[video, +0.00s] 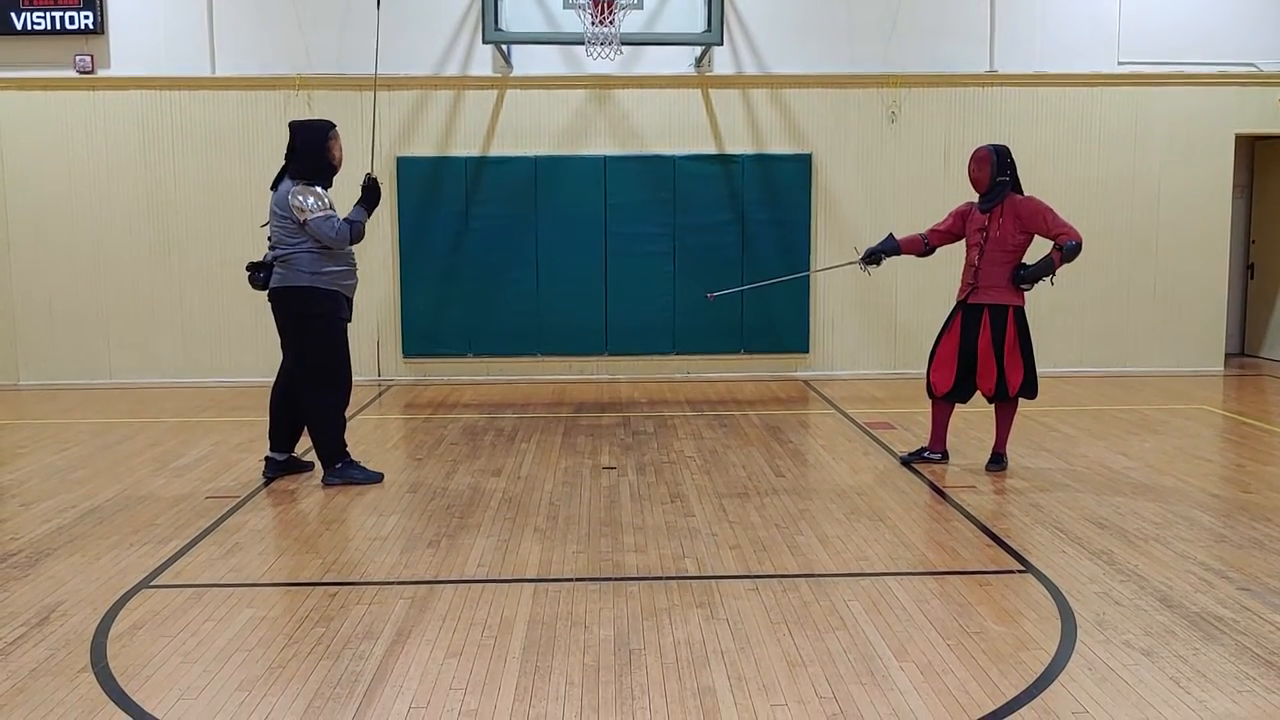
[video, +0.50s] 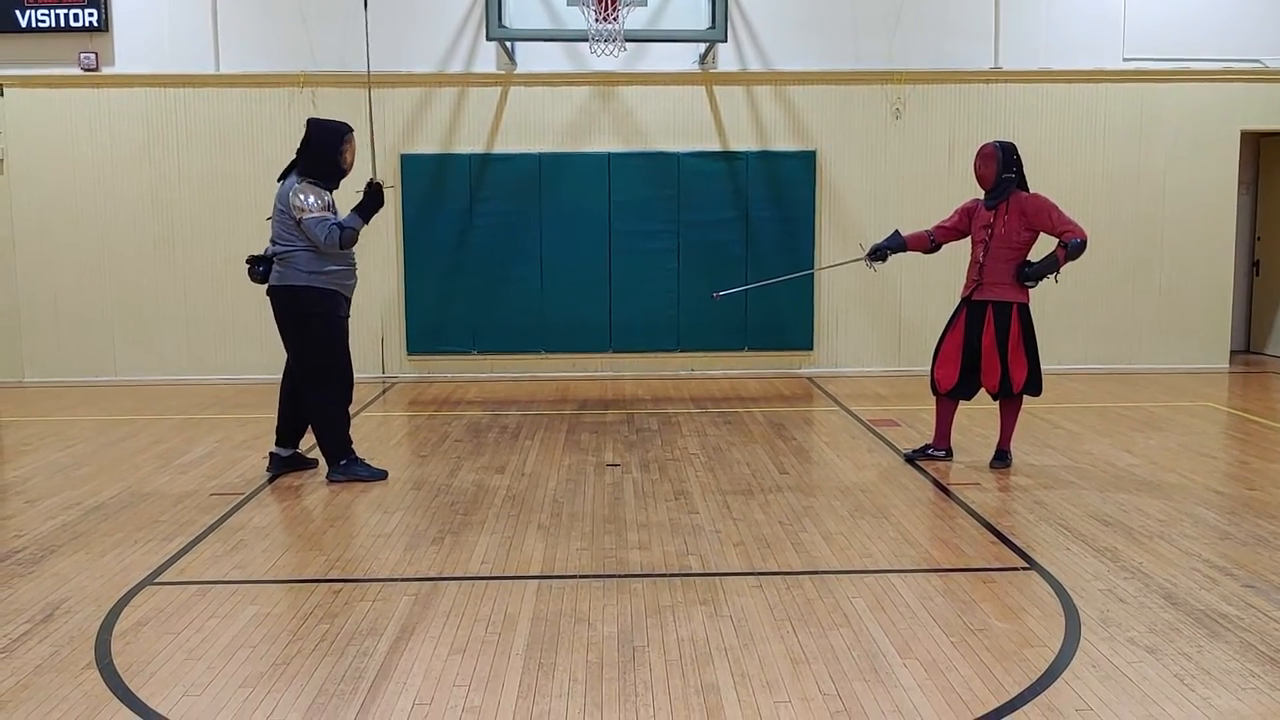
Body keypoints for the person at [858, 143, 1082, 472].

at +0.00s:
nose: (973, 173)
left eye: (979, 166)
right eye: (971, 167)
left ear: (999, 169)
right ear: (973, 170)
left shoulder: (1023, 206)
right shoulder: (969, 212)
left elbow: (1071, 240)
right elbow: (928, 239)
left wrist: (1037, 270)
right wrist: (886, 248)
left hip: (1005, 307)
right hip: (967, 306)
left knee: (1004, 379)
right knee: (943, 371)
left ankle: (999, 451)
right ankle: (936, 447)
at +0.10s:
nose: (973, 173)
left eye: (979, 166)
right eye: (972, 167)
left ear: (1000, 169)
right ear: (975, 170)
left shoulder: (1024, 206)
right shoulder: (970, 211)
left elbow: (1072, 240)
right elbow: (929, 239)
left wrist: (1038, 269)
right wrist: (888, 247)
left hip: (1005, 306)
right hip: (968, 305)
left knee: (1005, 378)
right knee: (943, 370)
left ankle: (999, 451)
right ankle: (936, 446)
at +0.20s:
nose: (975, 172)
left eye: (981, 165)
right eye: (973, 165)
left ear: (1002, 168)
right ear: (975, 169)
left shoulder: (1026, 205)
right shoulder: (971, 211)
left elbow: (1073, 239)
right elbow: (930, 238)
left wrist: (1040, 268)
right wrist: (889, 246)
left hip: (1006, 306)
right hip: (968, 305)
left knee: (1006, 377)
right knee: (944, 369)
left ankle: (1000, 450)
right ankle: (937, 446)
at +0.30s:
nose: (976, 172)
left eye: (982, 164)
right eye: (975, 165)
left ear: (1003, 167)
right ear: (978, 168)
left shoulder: (1027, 204)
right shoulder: (972, 209)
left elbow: (1074, 238)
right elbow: (932, 237)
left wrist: (1040, 268)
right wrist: (890, 245)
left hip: (1008, 305)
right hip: (970, 304)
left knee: (1007, 376)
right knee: (946, 369)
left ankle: (1001, 449)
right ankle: (938, 445)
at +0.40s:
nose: (977, 171)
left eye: (983, 164)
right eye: (976, 164)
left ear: (1004, 167)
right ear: (978, 168)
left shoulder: (1028, 204)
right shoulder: (973, 209)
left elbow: (1075, 237)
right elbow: (933, 237)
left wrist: (1041, 267)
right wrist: (891, 244)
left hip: (1008, 304)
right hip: (971, 303)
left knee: (1008, 376)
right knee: (947, 368)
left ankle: (1002, 449)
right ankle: (939, 445)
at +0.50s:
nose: (978, 170)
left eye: (985, 163)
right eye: (977, 163)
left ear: (1005, 166)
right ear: (979, 167)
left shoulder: (1029, 203)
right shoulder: (975, 208)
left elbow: (1076, 237)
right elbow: (934, 236)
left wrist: (1042, 267)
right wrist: (892, 244)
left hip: (1010, 304)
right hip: (972, 303)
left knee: (1010, 375)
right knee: (947, 368)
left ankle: (1003, 449)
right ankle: (940, 444)